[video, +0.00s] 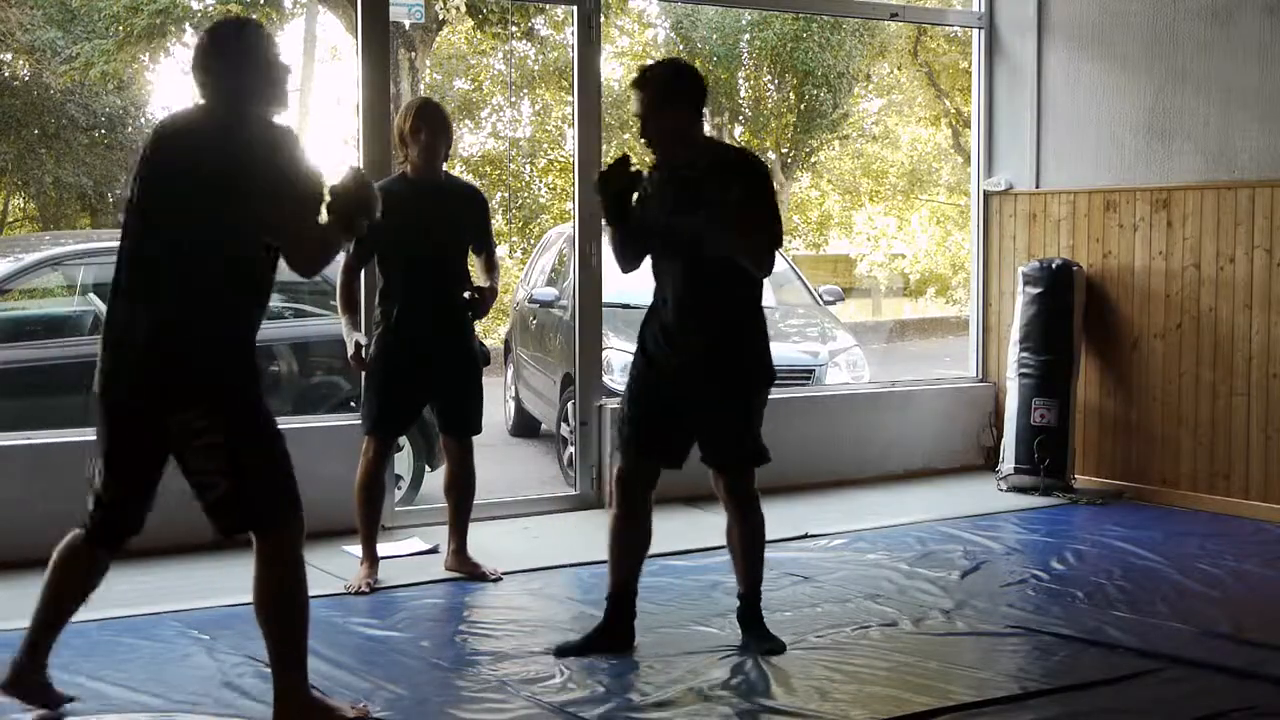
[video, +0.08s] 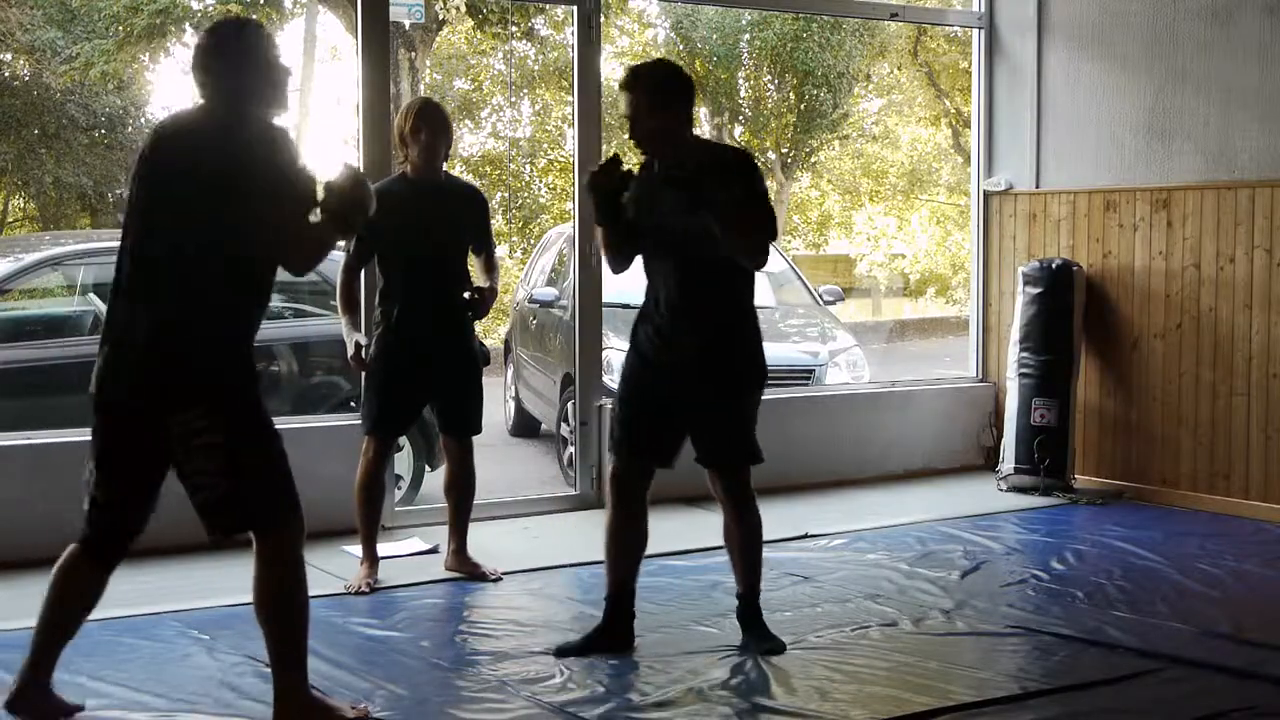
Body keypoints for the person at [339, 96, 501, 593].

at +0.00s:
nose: (427, 140)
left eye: (435, 130)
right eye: (418, 132)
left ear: (448, 137)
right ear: (403, 138)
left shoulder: (468, 198)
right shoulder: (380, 197)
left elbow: (487, 257)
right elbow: (350, 271)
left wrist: (490, 290)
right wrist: (351, 332)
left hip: (452, 336)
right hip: (395, 338)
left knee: (459, 446)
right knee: (377, 447)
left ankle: (457, 552)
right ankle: (367, 561)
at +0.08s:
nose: (427, 140)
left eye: (435, 131)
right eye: (418, 131)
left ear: (448, 137)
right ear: (403, 138)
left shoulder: (468, 198)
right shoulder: (382, 197)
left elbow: (487, 258)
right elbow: (351, 272)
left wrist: (490, 290)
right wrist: (352, 332)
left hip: (452, 336)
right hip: (395, 338)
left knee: (459, 446)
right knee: (377, 447)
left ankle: (457, 552)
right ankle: (367, 560)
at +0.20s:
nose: (427, 140)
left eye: (435, 131)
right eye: (418, 131)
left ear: (448, 137)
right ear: (403, 138)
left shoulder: (468, 198)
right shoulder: (379, 199)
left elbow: (486, 258)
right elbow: (350, 272)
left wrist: (489, 291)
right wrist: (352, 332)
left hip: (452, 336)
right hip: (395, 338)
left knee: (459, 446)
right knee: (377, 447)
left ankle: (457, 552)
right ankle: (367, 560)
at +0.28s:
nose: (428, 140)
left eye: (435, 130)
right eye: (419, 131)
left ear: (448, 137)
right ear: (404, 138)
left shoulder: (468, 198)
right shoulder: (377, 200)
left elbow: (486, 258)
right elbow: (350, 274)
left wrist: (489, 291)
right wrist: (352, 333)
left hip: (453, 336)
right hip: (394, 338)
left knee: (459, 446)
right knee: (377, 448)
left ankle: (457, 552)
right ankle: (368, 561)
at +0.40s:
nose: (429, 140)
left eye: (436, 131)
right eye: (420, 131)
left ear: (449, 137)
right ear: (404, 138)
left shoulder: (468, 198)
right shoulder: (376, 201)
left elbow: (485, 259)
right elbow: (351, 275)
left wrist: (489, 291)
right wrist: (353, 336)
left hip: (453, 337)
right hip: (394, 338)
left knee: (459, 446)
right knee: (377, 447)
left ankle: (457, 552)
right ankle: (368, 561)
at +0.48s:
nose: (430, 140)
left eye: (437, 130)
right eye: (420, 131)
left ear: (448, 137)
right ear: (404, 138)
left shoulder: (468, 198)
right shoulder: (376, 201)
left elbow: (485, 259)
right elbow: (351, 274)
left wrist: (489, 292)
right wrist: (353, 336)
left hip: (453, 337)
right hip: (394, 339)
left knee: (459, 446)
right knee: (377, 447)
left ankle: (457, 551)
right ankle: (368, 561)